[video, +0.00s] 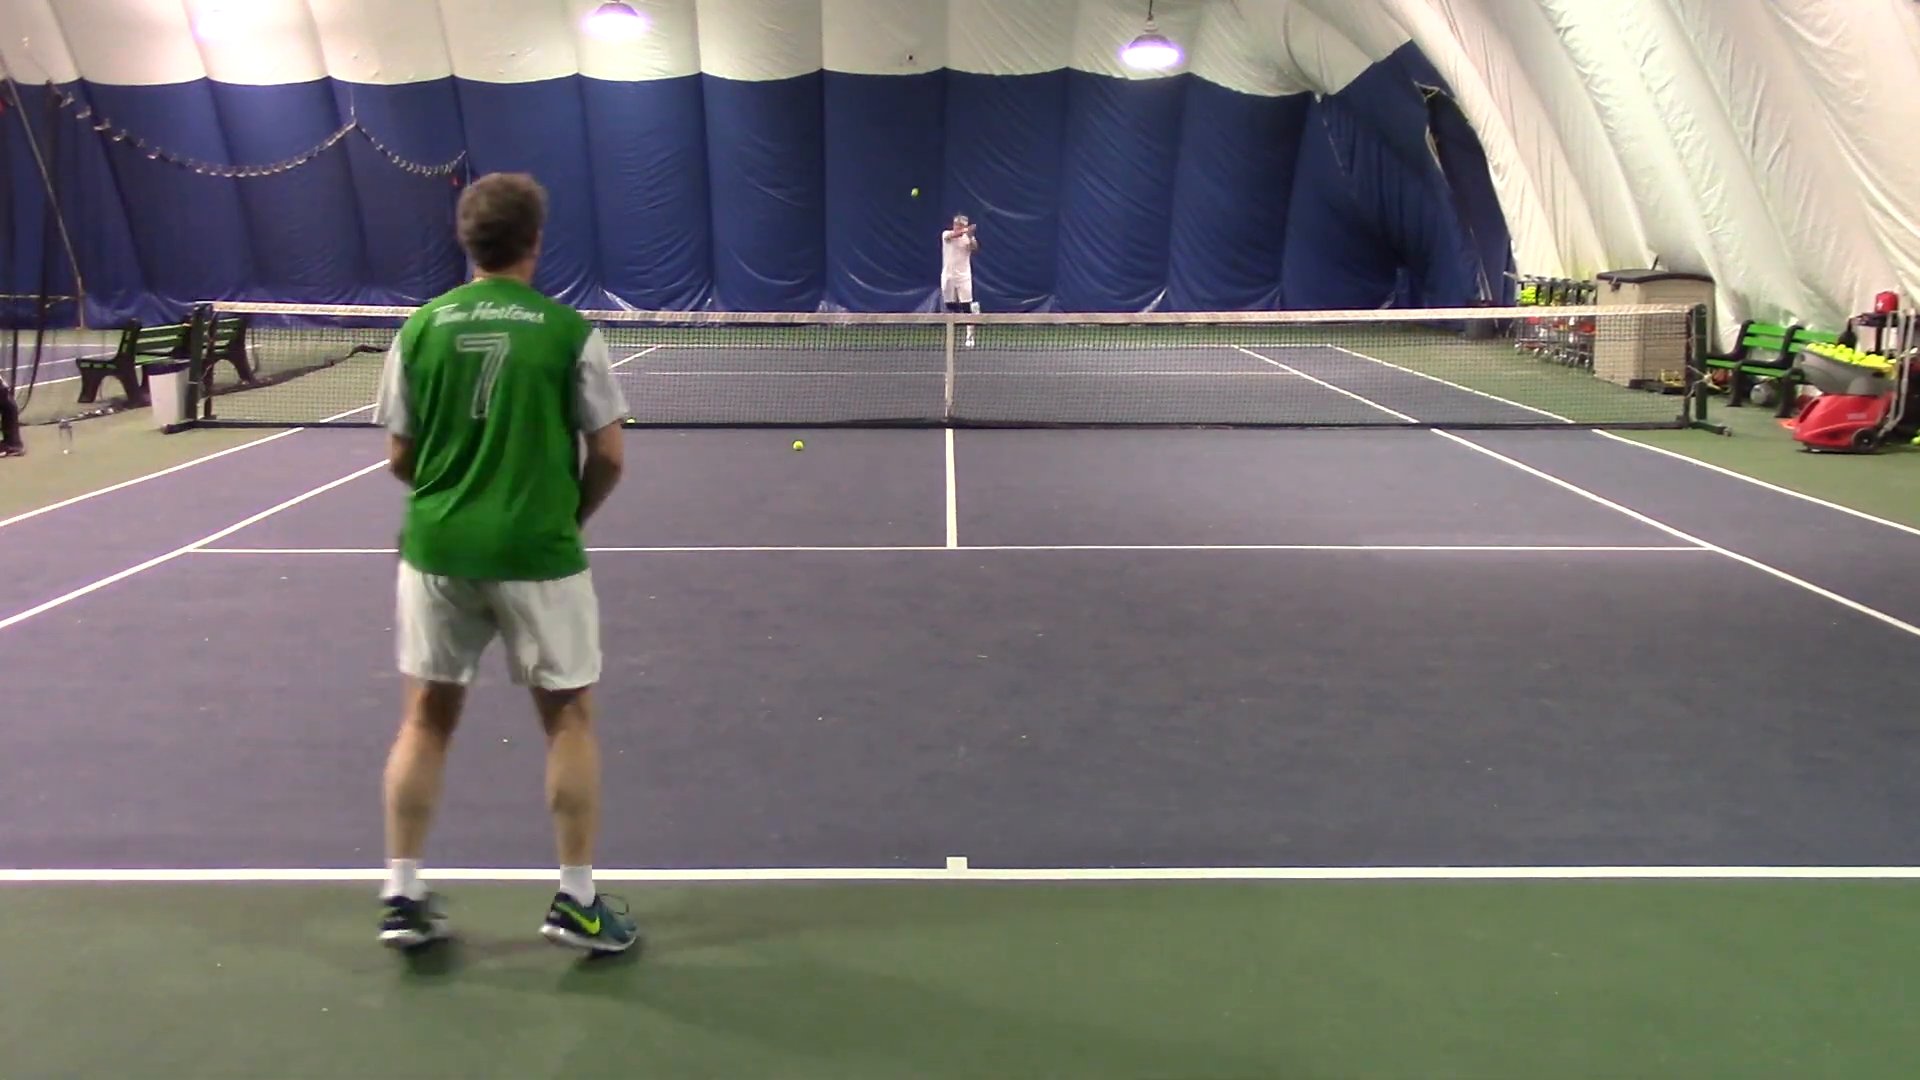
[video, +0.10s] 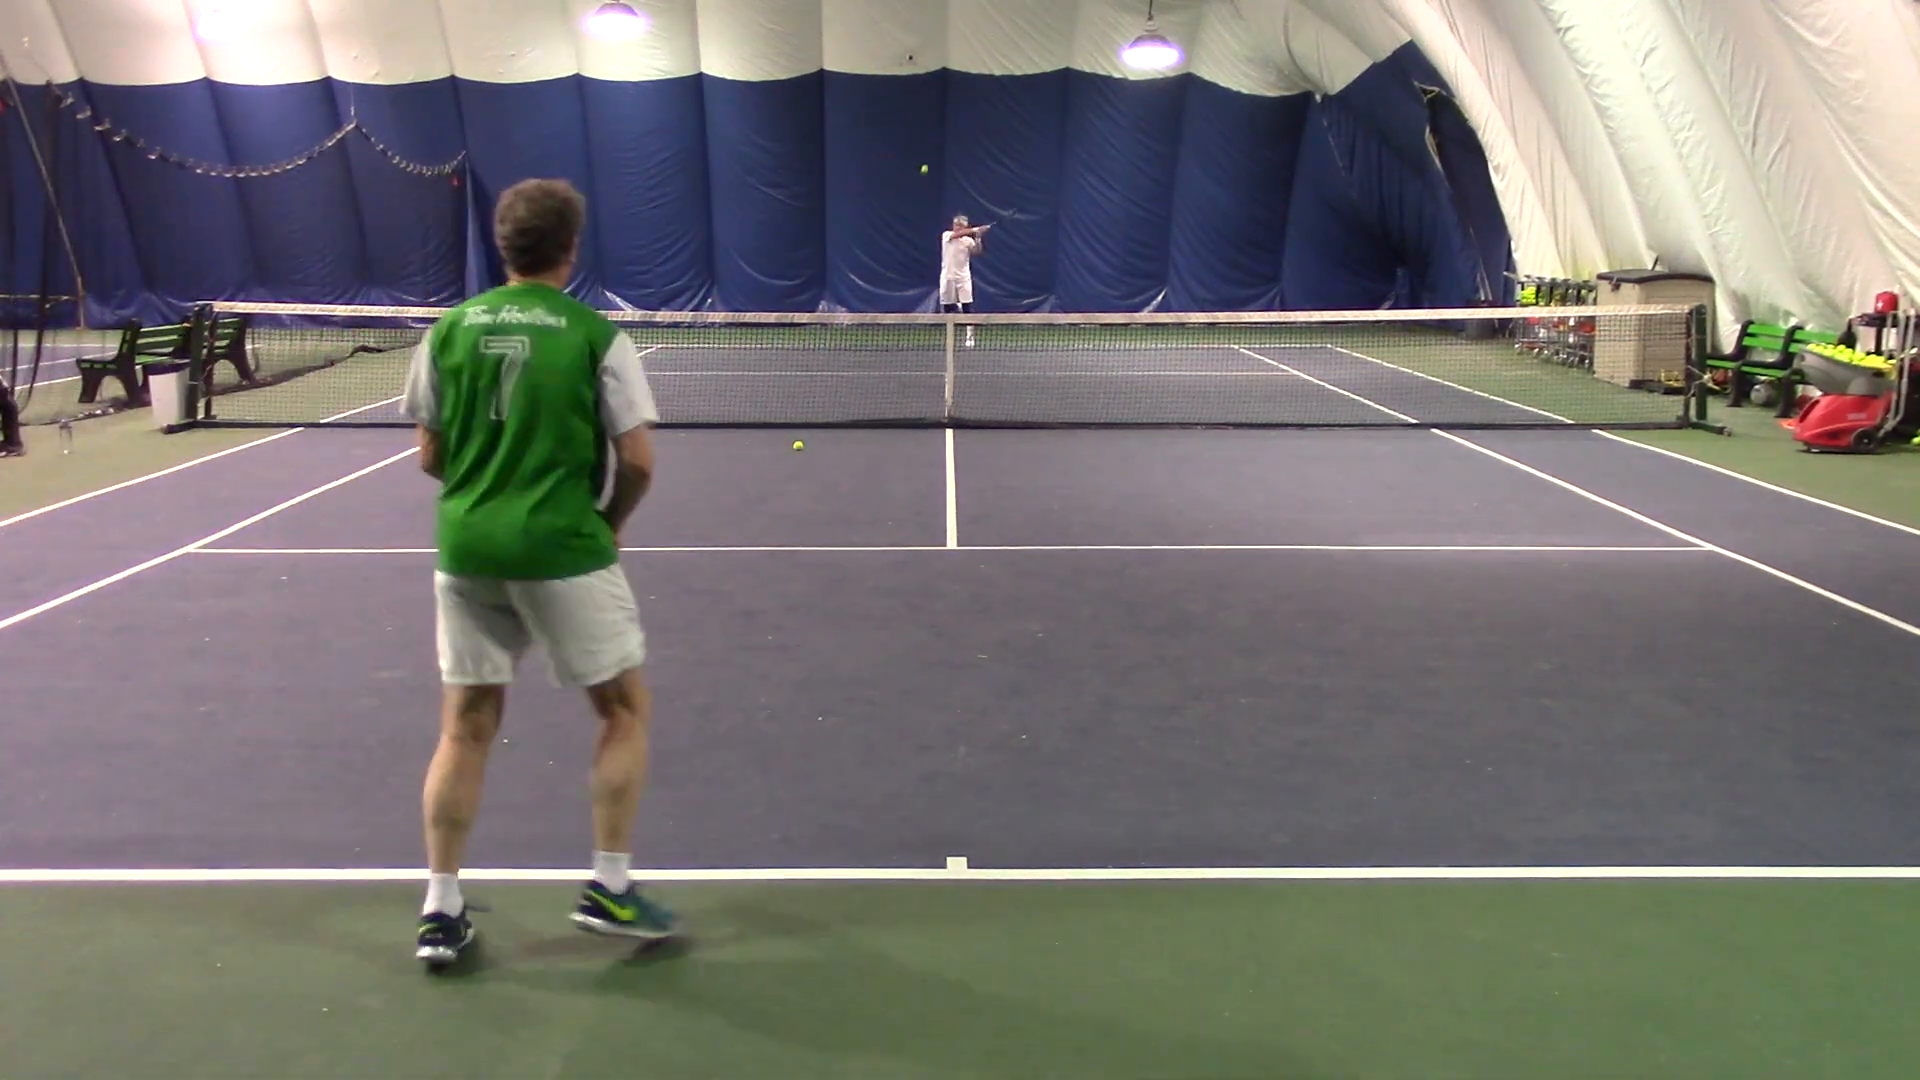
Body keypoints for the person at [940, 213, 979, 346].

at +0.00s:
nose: (959, 228)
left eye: (962, 226)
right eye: (957, 225)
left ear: (966, 227)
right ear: (953, 225)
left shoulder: (968, 238)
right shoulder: (946, 235)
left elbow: (974, 248)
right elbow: (950, 236)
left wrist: (972, 237)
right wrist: (966, 230)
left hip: (964, 275)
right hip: (948, 275)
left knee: (966, 306)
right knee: (950, 306)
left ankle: (969, 335)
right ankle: (951, 335)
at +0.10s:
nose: (959, 229)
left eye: (962, 226)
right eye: (957, 225)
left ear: (967, 227)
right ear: (953, 225)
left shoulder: (969, 240)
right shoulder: (946, 236)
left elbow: (978, 251)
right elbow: (955, 235)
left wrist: (978, 238)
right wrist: (974, 231)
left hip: (963, 276)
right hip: (947, 275)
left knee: (966, 307)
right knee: (948, 307)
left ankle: (970, 335)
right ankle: (950, 335)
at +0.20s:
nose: (958, 228)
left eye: (961, 226)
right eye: (956, 225)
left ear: (965, 226)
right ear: (952, 225)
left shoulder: (966, 241)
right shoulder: (945, 236)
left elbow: (978, 252)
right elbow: (957, 235)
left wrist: (978, 239)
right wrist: (974, 231)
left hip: (963, 276)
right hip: (946, 276)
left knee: (966, 308)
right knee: (941, 309)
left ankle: (969, 336)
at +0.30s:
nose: (956, 228)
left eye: (959, 226)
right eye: (954, 225)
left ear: (963, 226)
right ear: (950, 225)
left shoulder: (964, 240)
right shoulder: (944, 236)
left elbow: (977, 249)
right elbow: (954, 236)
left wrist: (973, 236)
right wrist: (966, 233)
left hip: (960, 274)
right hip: (945, 274)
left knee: (964, 306)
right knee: (939, 306)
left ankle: (966, 336)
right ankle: (932, 331)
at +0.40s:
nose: (952, 229)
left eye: (955, 227)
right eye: (949, 226)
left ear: (959, 227)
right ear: (945, 227)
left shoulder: (961, 240)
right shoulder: (941, 237)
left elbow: (976, 244)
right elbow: (952, 238)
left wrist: (967, 234)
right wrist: (962, 233)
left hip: (957, 276)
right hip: (942, 275)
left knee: (964, 307)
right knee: (936, 308)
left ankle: (965, 337)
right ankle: (924, 335)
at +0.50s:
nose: (947, 231)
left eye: (949, 228)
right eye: (944, 228)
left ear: (953, 229)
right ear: (940, 228)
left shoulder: (956, 242)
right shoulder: (936, 239)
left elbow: (971, 246)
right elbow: (949, 239)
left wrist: (963, 237)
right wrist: (957, 234)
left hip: (952, 277)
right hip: (937, 276)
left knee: (960, 307)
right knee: (933, 309)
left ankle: (964, 337)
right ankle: (922, 337)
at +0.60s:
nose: (940, 230)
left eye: (943, 227)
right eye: (938, 227)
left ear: (947, 229)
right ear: (934, 228)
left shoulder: (949, 242)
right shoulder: (930, 239)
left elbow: (963, 253)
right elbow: (941, 242)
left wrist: (959, 241)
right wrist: (952, 238)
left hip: (945, 276)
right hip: (931, 276)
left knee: (953, 306)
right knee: (929, 307)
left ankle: (960, 335)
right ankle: (922, 335)